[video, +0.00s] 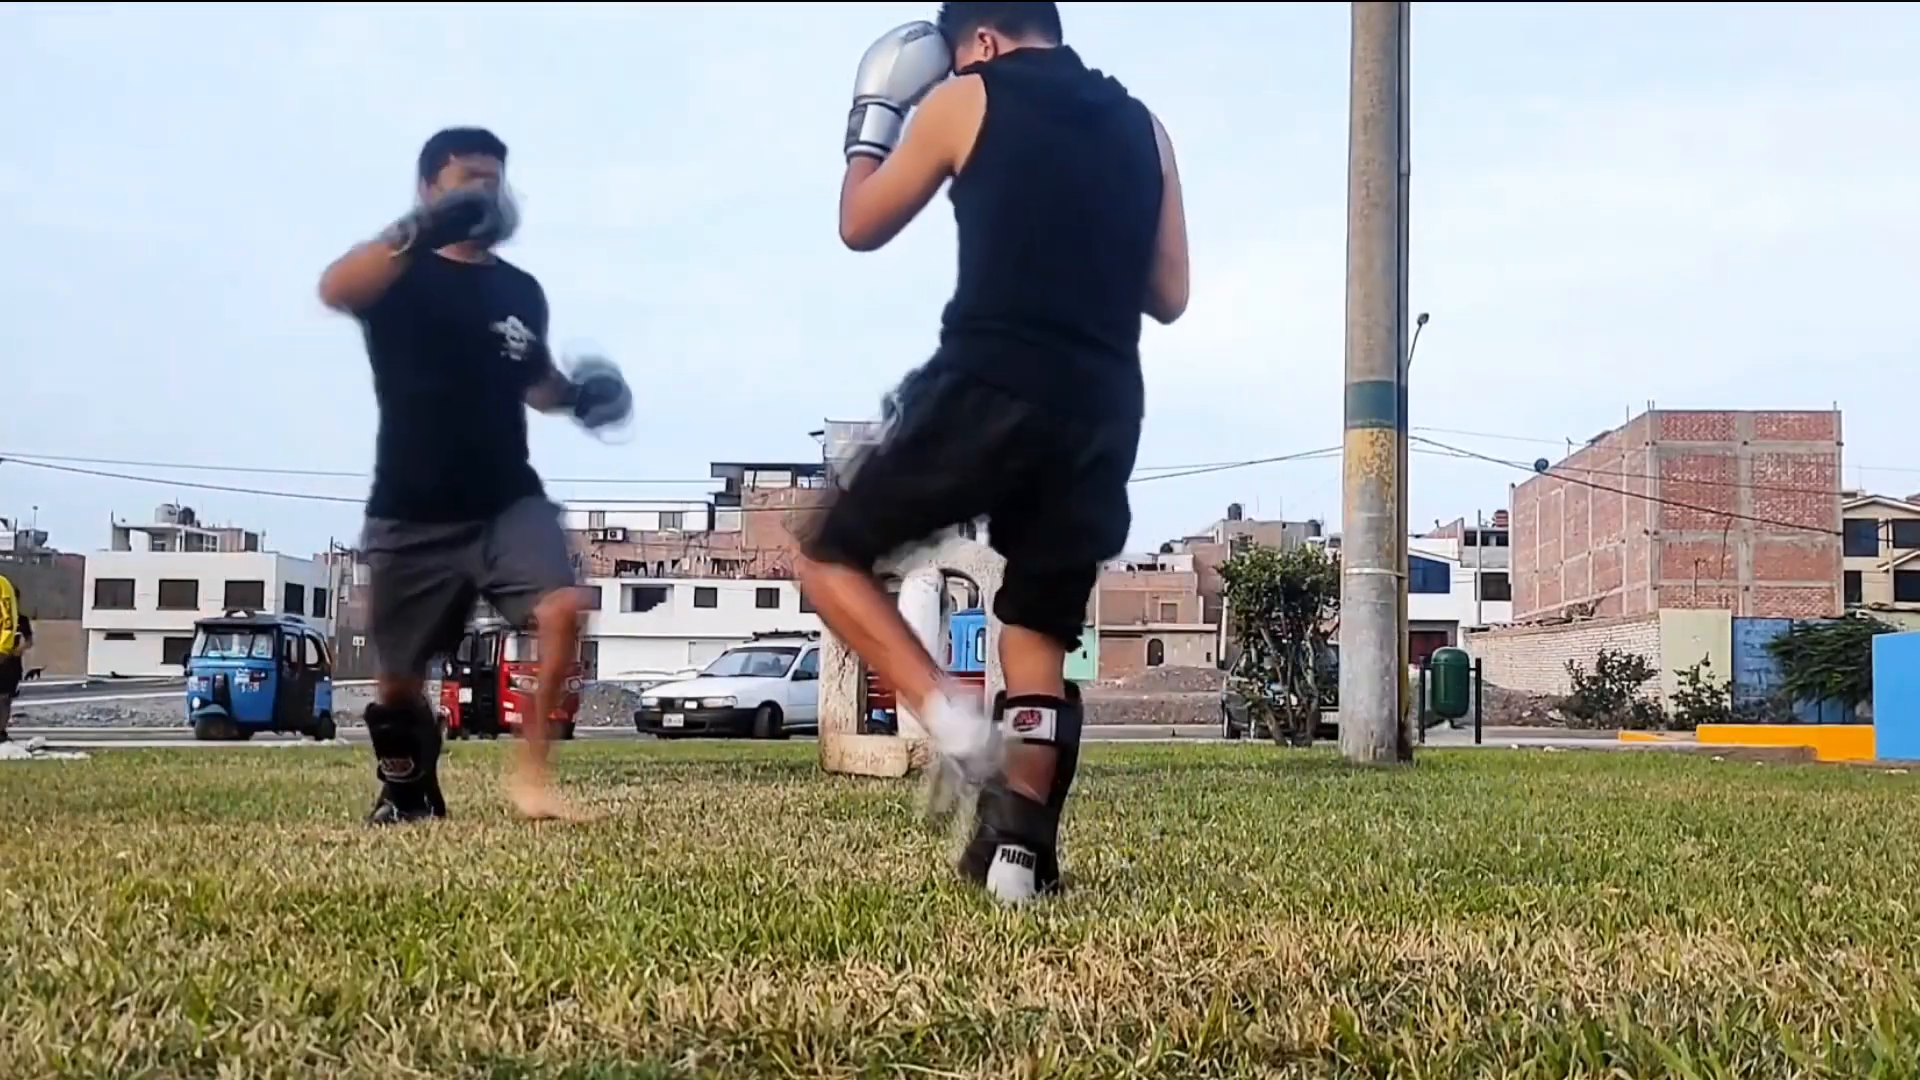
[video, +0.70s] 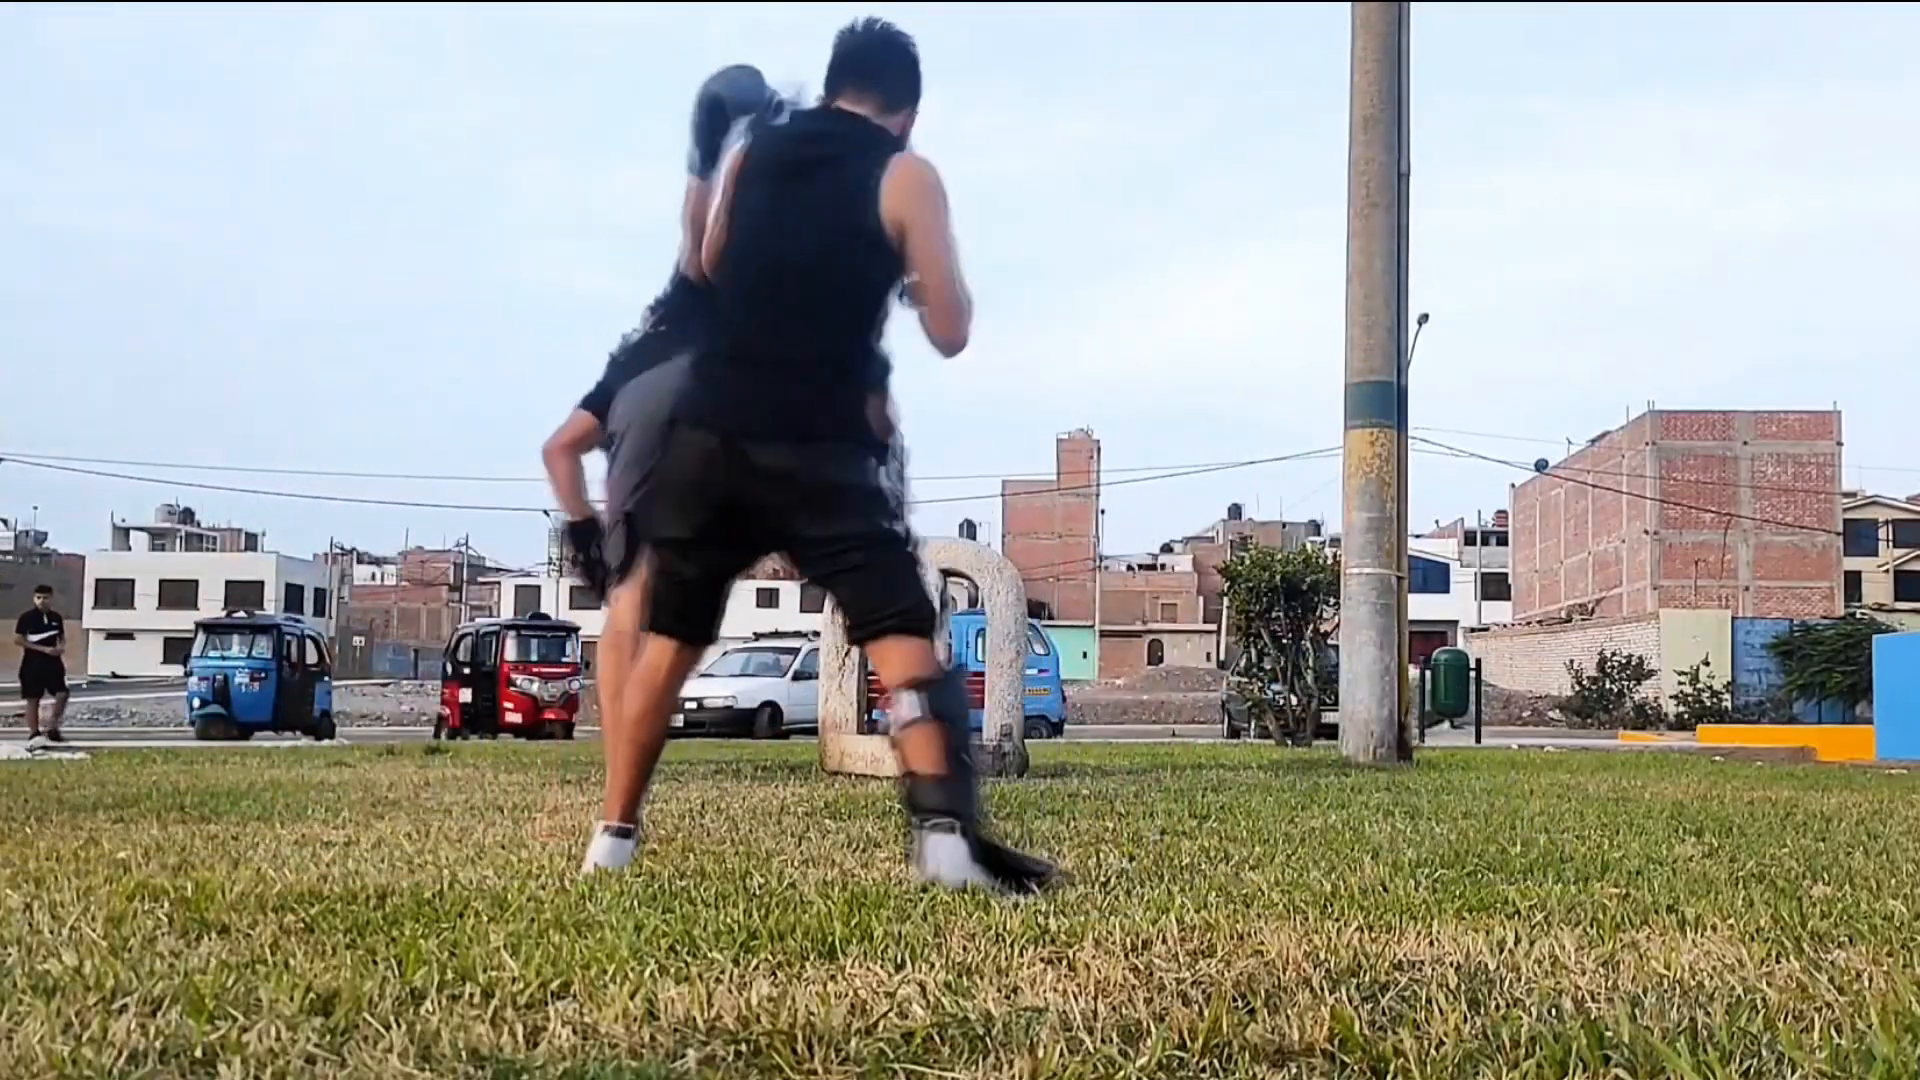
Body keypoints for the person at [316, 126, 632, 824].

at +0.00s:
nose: (483, 190)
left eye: (493, 180)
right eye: (468, 178)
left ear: (504, 193)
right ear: (429, 187)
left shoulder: (521, 289)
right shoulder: (390, 264)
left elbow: (532, 382)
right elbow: (336, 290)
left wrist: (576, 394)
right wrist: (419, 231)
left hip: (508, 503)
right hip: (412, 512)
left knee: (562, 608)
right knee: (397, 678)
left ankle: (532, 778)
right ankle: (410, 800)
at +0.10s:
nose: (550, 212)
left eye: (554, 198)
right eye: (537, 197)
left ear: (558, 205)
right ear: (501, 194)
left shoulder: (559, 300)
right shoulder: (455, 255)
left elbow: (557, 402)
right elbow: (422, 244)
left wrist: (614, 388)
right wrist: (523, 190)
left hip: (536, 508)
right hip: (444, 503)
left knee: (608, 629)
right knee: (415, 678)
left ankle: (555, 810)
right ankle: (395, 821)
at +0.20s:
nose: (602, 219)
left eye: (611, 211)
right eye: (586, 205)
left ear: (614, 233)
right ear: (547, 213)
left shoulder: (591, 323)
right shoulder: (526, 255)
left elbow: (591, 442)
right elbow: (509, 195)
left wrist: (641, 384)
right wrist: (605, 152)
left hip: (561, 488)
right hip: (492, 471)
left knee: (623, 642)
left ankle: (557, 813)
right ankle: (405, 721)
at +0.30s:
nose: (640, 221)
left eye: (647, 215)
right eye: (625, 209)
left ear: (648, 231)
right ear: (591, 214)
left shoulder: (622, 305)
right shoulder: (569, 245)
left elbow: (591, 386)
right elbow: (546, 183)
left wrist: (645, 392)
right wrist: (618, 118)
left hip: (597, 442)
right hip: (550, 423)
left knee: (623, 639)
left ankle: (558, 810)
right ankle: (482, 628)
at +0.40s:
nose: (667, 235)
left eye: (674, 230)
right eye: (655, 221)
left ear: (672, 242)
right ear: (620, 220)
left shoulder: (646, 307)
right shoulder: (608, 237)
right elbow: (578, 172)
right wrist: (615, 83)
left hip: (587, 420)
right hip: (610, 379)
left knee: (602, 598)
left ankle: (569, 791)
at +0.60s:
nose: (733, 274)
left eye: (737, 266)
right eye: (722, 261)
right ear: (693, 259)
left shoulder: (609, 342)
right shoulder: (678, 275)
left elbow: (542, 411)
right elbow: (662, 203)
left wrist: (564, 458)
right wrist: (662, 113)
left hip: (606, 419)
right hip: (662, 352)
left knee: (627, 585)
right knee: (759, 307)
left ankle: (626, 765)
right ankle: (786, 104)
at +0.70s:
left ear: (674, 305)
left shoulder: (648, 351)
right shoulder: (777, 335)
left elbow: (560, 447)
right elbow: (878, 416)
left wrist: (581, 526)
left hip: (659, 395)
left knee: (631, 581)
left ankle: (623, 775)